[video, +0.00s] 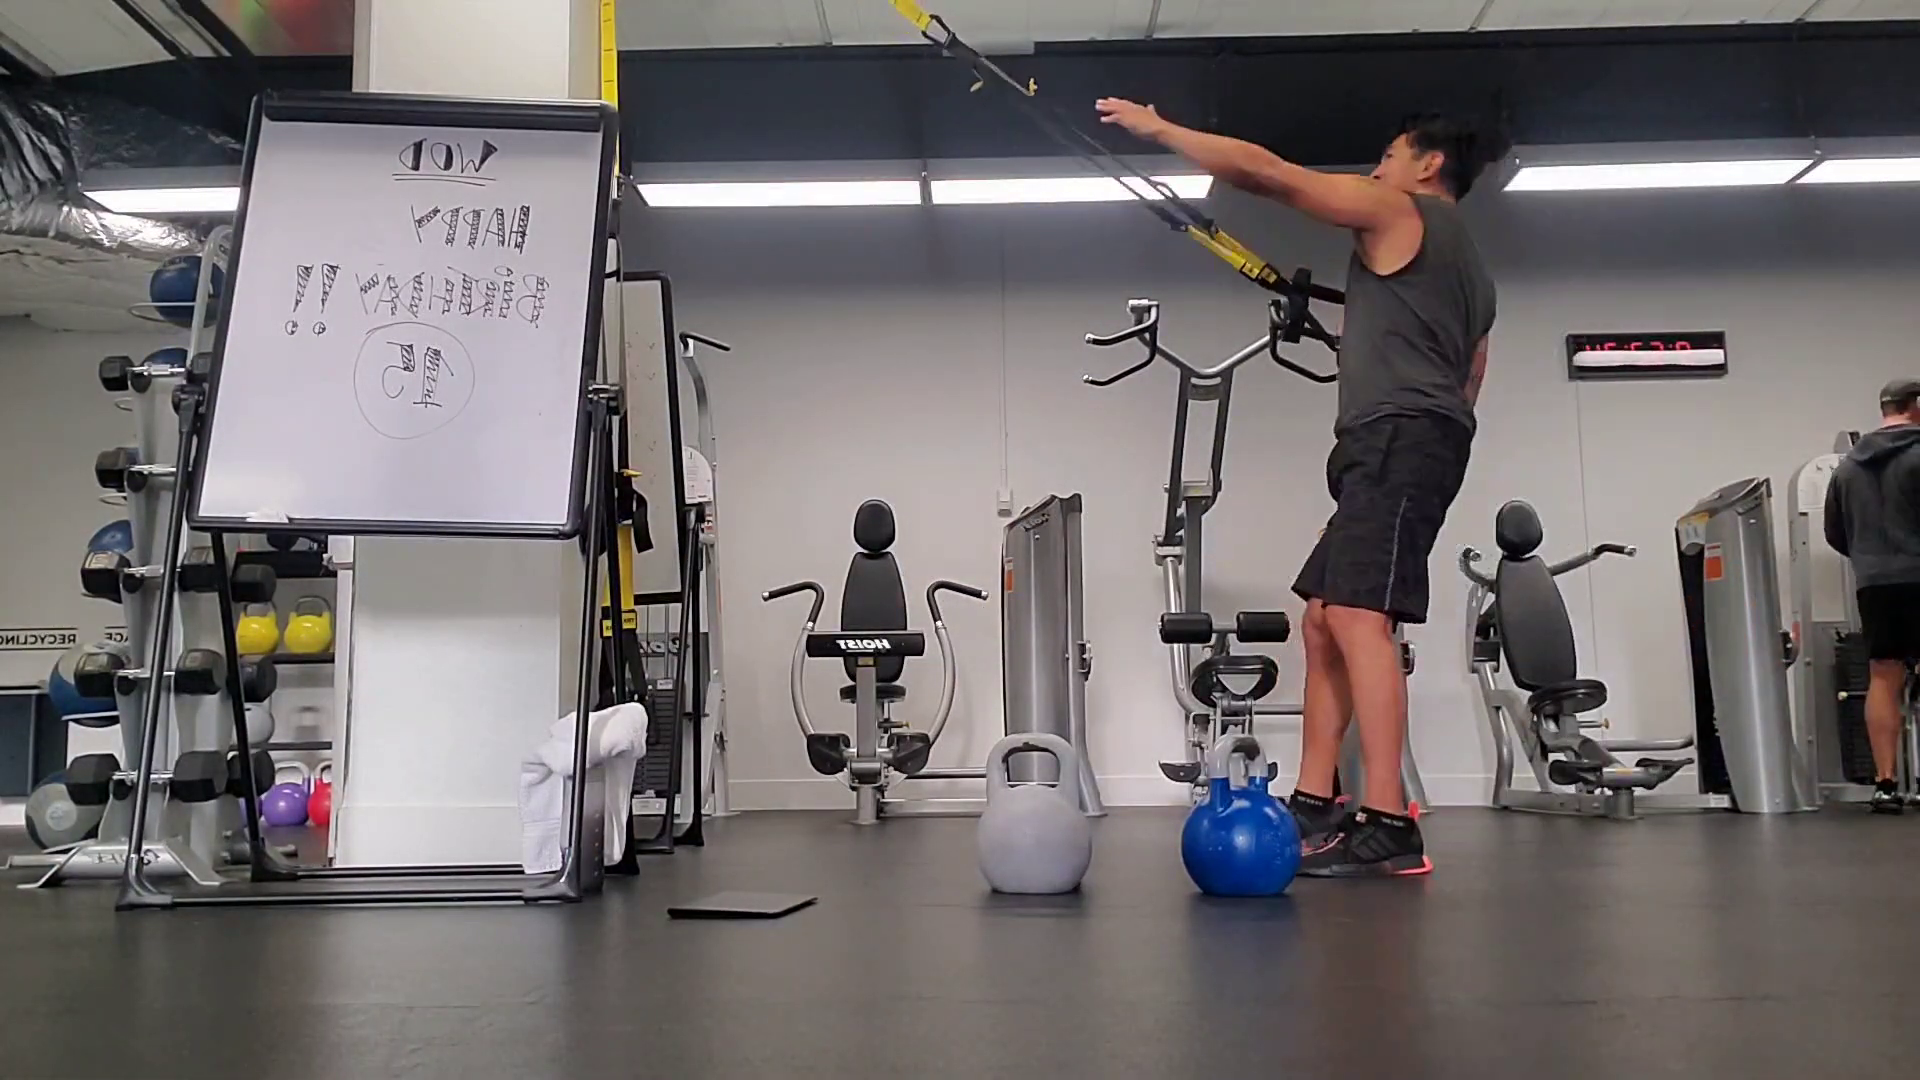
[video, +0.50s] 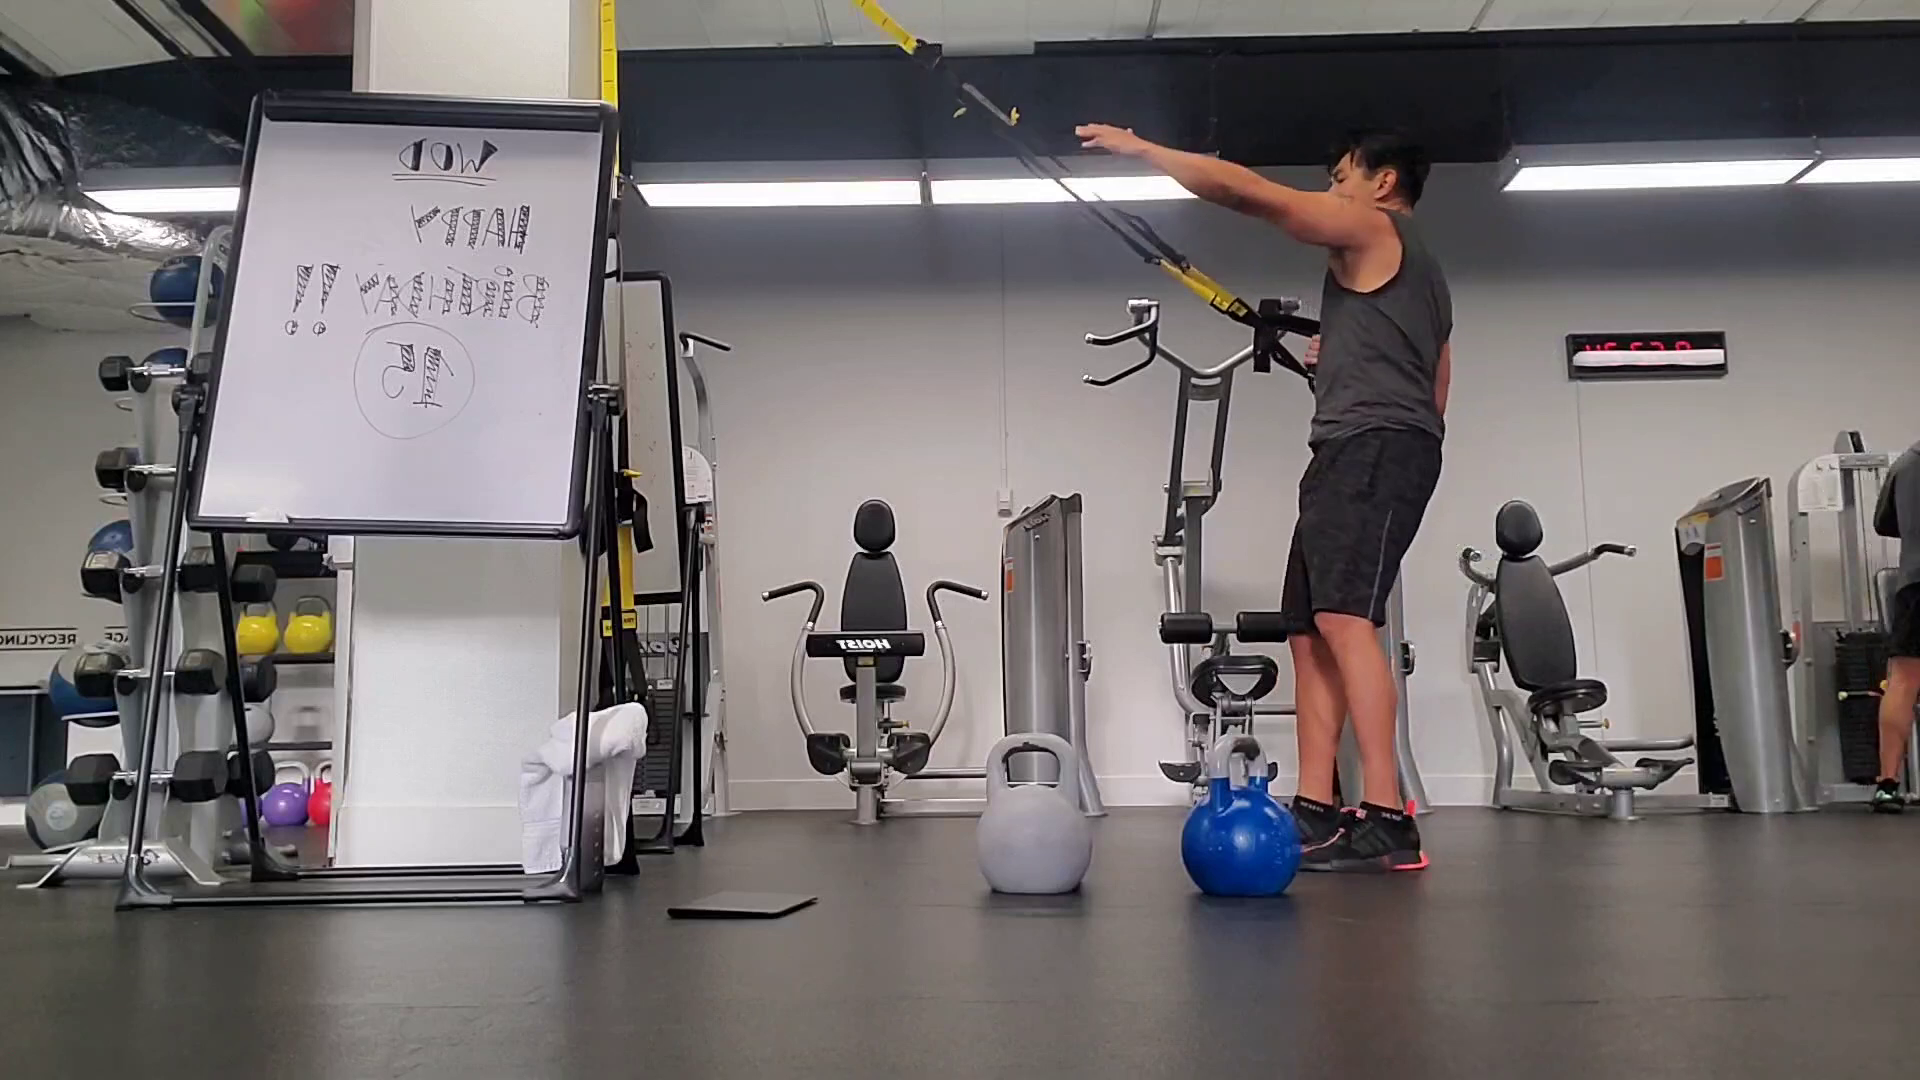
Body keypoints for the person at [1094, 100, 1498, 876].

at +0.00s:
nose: (1380, 164)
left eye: (1393, 153)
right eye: (1387, 153)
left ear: (1432, 164)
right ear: (1442, 171)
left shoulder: (1398, 206)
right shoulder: (1468, 265)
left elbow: (1269, 172)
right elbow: (1466, 384)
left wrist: (1158, 128)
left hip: (1399, 433)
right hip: (1421, 440)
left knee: (1360, 615)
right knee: (1321, 617)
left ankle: (1387, 822)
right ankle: (1315, 803)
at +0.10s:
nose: (1357, 170)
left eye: (1369, 159)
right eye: (1364, 159)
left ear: (1406, 169)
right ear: (1418, 177)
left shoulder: (1365, 211)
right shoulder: (1448, 271)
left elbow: (1239, 175)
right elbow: (1454, 396)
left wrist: (1132, 132)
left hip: (1375, 437)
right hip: (1405, 441)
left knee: (1354, 618)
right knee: (1320, 626)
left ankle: (1388, 821)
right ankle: (1319, 808)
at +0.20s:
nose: (1338, 177)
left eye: (1351, 165)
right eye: (1345, 165)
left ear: (1390, 175)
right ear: (1400, 183)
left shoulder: (1348, 215)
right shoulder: (1433, 273)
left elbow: (1222, 183)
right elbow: (1444, 399)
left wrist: (1115, 146)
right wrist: (1340, 362)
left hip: (1362, 438)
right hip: (1395, 441)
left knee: (1345, 614)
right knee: (1315, 625)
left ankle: (1385, 813)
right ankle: (1318, 807)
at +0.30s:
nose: (1326, 184)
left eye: (1339, 172)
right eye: (1332, 172)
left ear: (1379, 176)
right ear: (1391, 184)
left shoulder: (1343, 220)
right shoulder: (1424, 274)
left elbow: (1218, 191)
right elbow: (1440, 398)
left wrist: (1113, 158)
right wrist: (1335, 354)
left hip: (1360, 437)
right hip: (1389, 440)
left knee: (1335, 613)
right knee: (1316, 621)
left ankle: (1383, 809)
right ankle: (1319, 806)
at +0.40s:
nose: (1324, 186)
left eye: (1335, 173)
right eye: (1329, 174)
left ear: (1376, 177)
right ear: (1388, 186)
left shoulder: (1351, 222)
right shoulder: (1420, 269)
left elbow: (1225, 192)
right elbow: (1435, 400)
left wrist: (1118, 158)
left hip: (1362, 440)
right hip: (1384, 443)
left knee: (1333, 612)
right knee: (1313, 622)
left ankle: (1384, 810)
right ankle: (1318, 806)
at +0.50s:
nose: (1333, 188)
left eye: (1343, 175)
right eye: (1337, 176)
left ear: (1383, 178)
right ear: (1395, 186)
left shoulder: (1370, 225)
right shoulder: (1423, 274)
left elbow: (1250, 191)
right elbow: (1431, 400)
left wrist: (1140, 147)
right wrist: (1333, 362)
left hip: (1375, 439)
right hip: (1370, 446)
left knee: (1344, 616)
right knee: (1309, 629)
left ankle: (1387, 816)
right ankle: (1316, 808)